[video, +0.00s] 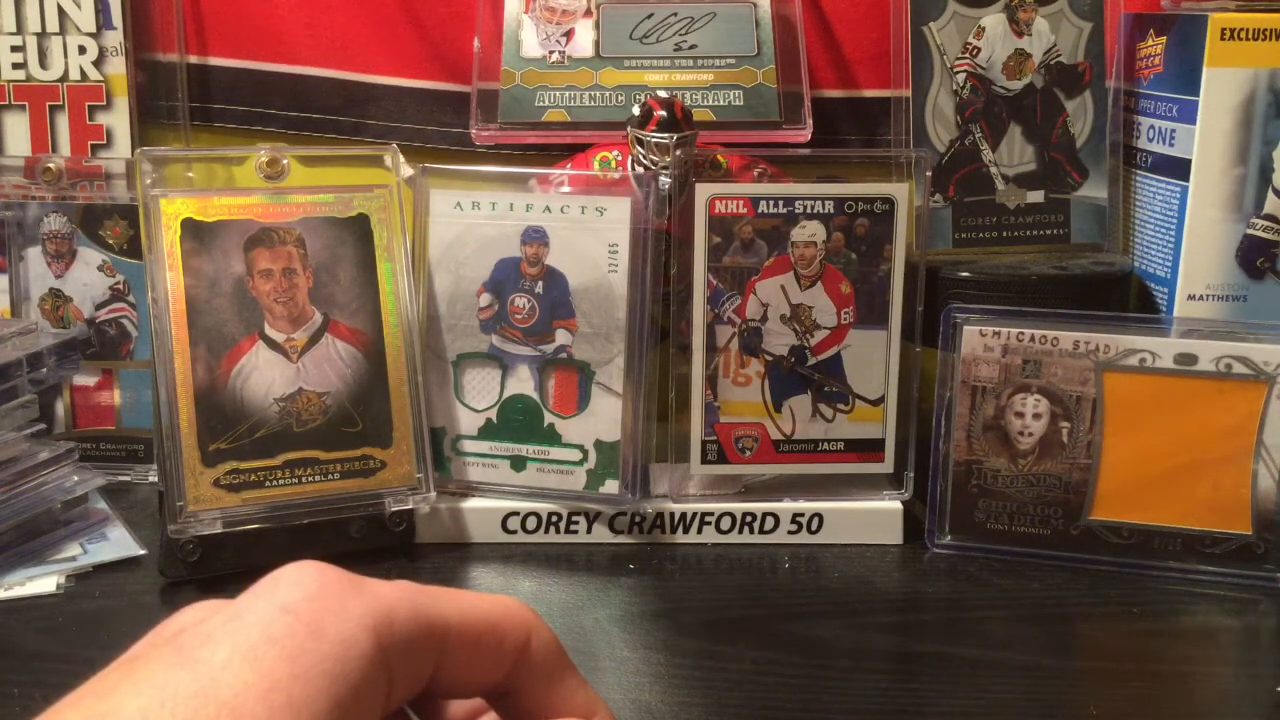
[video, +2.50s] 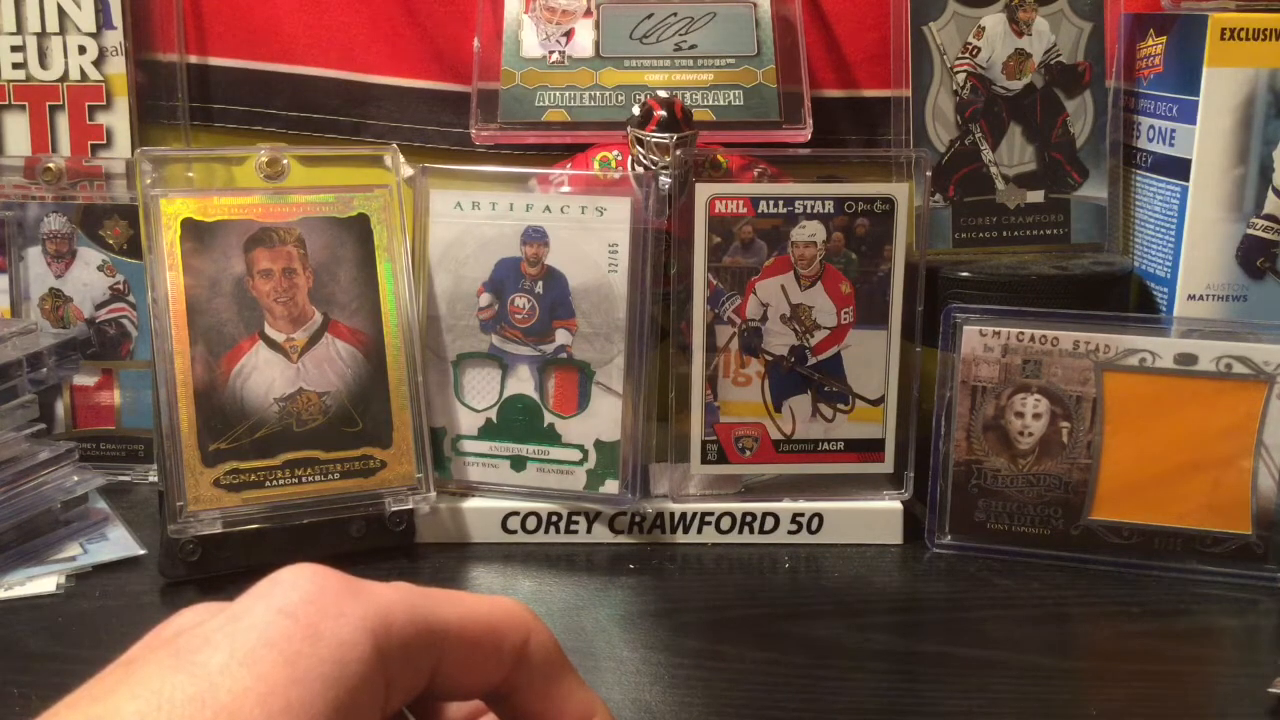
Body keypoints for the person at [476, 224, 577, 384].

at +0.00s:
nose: (534, 251)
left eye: (540, 247)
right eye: (530, 246)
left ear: (546, 250)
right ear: (522, 248)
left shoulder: (557, 280)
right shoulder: (504, 268)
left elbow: (564, 320)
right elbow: (487, 293)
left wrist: (562, 349)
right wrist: (487, 318)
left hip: (542, 353)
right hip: (503, 349)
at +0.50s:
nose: (534, 251)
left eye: (540, 247)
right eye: (530, 246)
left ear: (546, 251)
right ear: (522, 248)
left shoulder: (556, 279)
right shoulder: (504, 268)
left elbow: (565, 321)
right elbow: (487, 291)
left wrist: (562, 348)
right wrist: (486, 311)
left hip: (541, 353)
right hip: (502, 348)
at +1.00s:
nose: (535, 251)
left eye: (540, 247)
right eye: (530, 246)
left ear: (546, 251)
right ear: (522, 248)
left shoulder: (556, 279)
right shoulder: (505, 268)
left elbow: (565, 320)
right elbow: (487, 291)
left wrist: (562, 348)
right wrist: (486, 314)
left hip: (541, 352)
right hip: (503, 347)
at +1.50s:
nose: (534, 251)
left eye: (540, 247)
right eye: (530, 246)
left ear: (546, 251)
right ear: (522, 248)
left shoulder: (557, 280)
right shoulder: (505, 268)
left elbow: (565, 320)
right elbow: (487, 292)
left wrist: (562, 350)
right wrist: (486, 315)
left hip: (540, 352)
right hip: (502, 348)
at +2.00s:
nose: (534, 251)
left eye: (540, 247)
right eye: (530, 246)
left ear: (546, 250)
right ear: (522, 248)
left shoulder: (557, 280)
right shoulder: (504, 268)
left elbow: (565, 321)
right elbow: (487, 291)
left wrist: (562, 349)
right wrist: (486, 316)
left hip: (541, 353)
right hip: (502, 348)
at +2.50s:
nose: (535, 251)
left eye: (540, 246)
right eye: (530, 246)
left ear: (546, 250)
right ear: (522, 248)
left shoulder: (557, 280)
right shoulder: (504, 267)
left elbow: (565, 321)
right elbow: (487, 292)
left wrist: (562, 350)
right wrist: (487, 318)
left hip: (541, 353)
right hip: (502, 348)